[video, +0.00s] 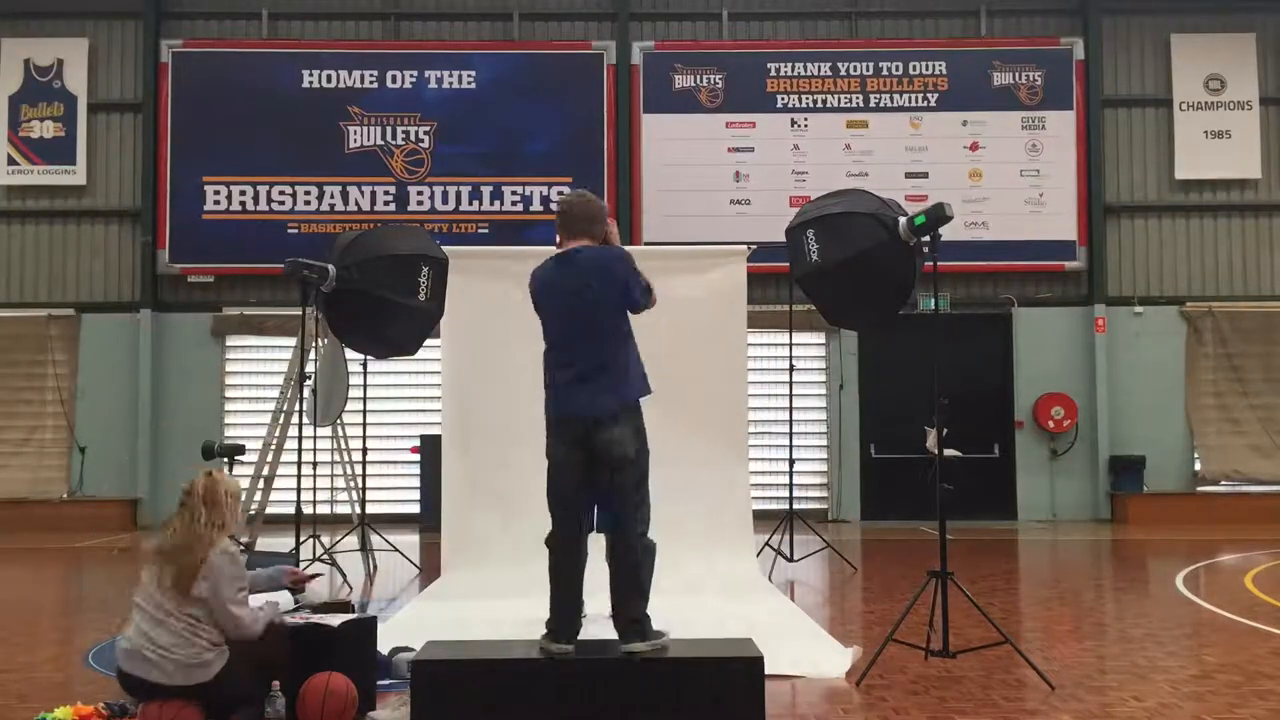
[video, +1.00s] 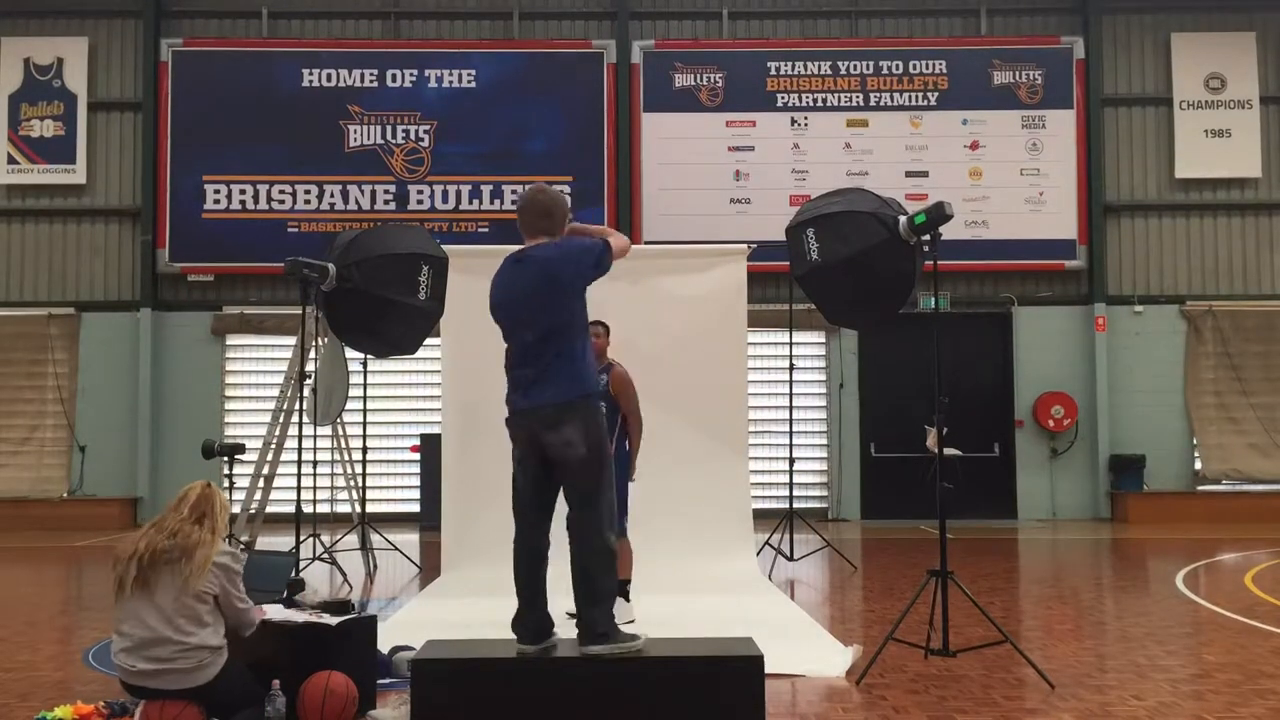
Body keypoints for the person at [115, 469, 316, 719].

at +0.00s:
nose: (241, 511)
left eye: (240, 503)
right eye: (238, 504)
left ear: (190, 503)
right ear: (226, 509)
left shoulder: (166, 541)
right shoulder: (223, 554)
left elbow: (212, 582)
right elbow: (241, 626)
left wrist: (278, 577)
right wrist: (273, 609)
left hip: (132, 672)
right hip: (185, 678)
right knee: (254, 686)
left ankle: (138, 703)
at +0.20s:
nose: (210, 523)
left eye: (211, 518)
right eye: (210, 518)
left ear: (168, 510)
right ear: (203, 515)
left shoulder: (139, 539)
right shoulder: (212, 546)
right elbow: (235, 621)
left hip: (133, 678)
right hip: (194, 678)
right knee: (251, 698)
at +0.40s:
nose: (216, 523)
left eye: (217, 517)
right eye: (216, 517)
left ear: (175, 507)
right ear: (210, 515)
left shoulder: (144, 540)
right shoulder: (211, 548)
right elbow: (250, 610)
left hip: (133, 676)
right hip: (192, 676)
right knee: (250, 699)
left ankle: (139, 708)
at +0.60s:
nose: (222, 519)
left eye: (221, 512)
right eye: (221, 513)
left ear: (174, 507)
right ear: (214, 514)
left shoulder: (141, 540)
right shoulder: (222, 550)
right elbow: (258, 610)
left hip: (133, 679)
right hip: (194, 679)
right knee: (253, 701)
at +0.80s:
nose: (227, 522)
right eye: (225, 517)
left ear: (177, 512)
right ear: (219, 517)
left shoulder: (147, 544)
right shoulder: (226, 551)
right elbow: (259, 611)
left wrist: (214, 605)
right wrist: (286, 606)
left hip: (134, 677)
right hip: (195, 675)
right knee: (255, 701)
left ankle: (140, 706)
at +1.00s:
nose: (225, 526)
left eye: (225, 519)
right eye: (224, 519)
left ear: (177, 509)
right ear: (216, 518)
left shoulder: (139, 544)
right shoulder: (220, 555)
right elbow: (242, 622)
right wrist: (256, 614)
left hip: (135, 681)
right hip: (195, 680)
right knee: (253, 701)